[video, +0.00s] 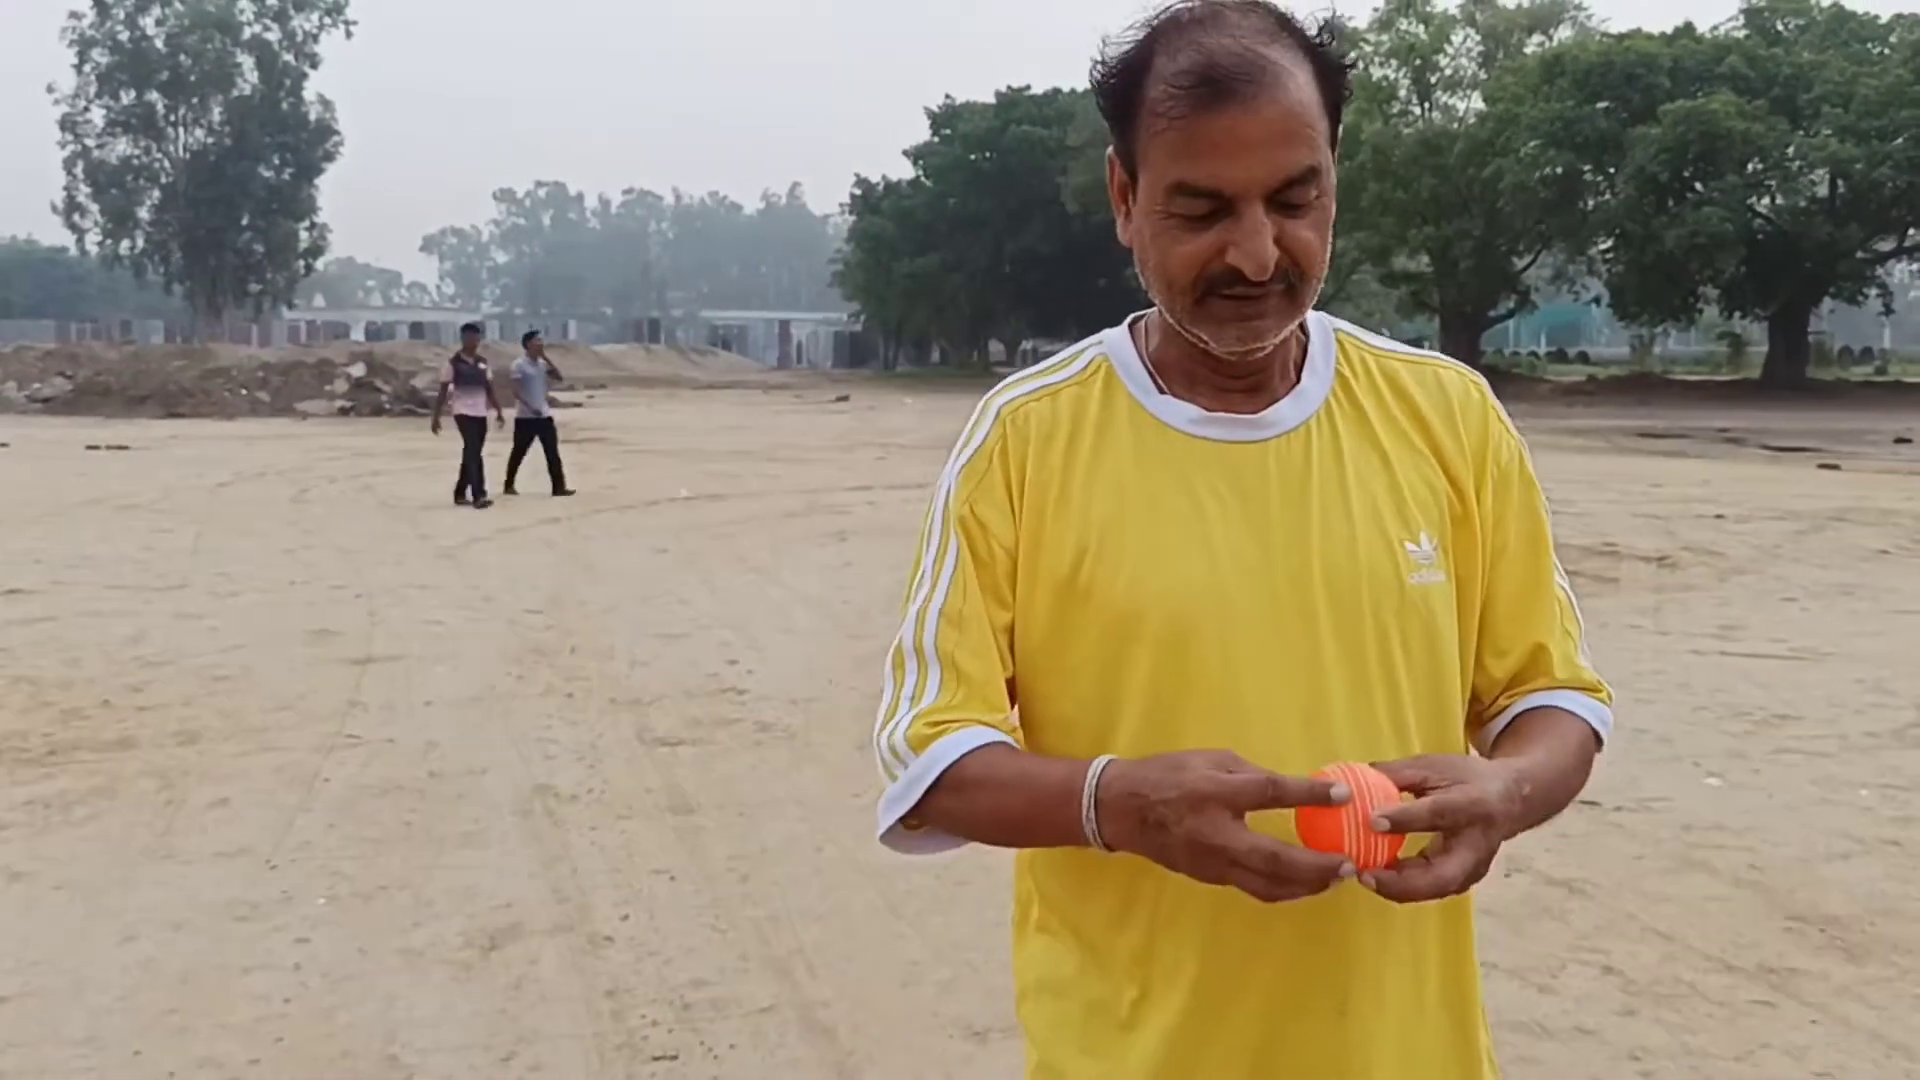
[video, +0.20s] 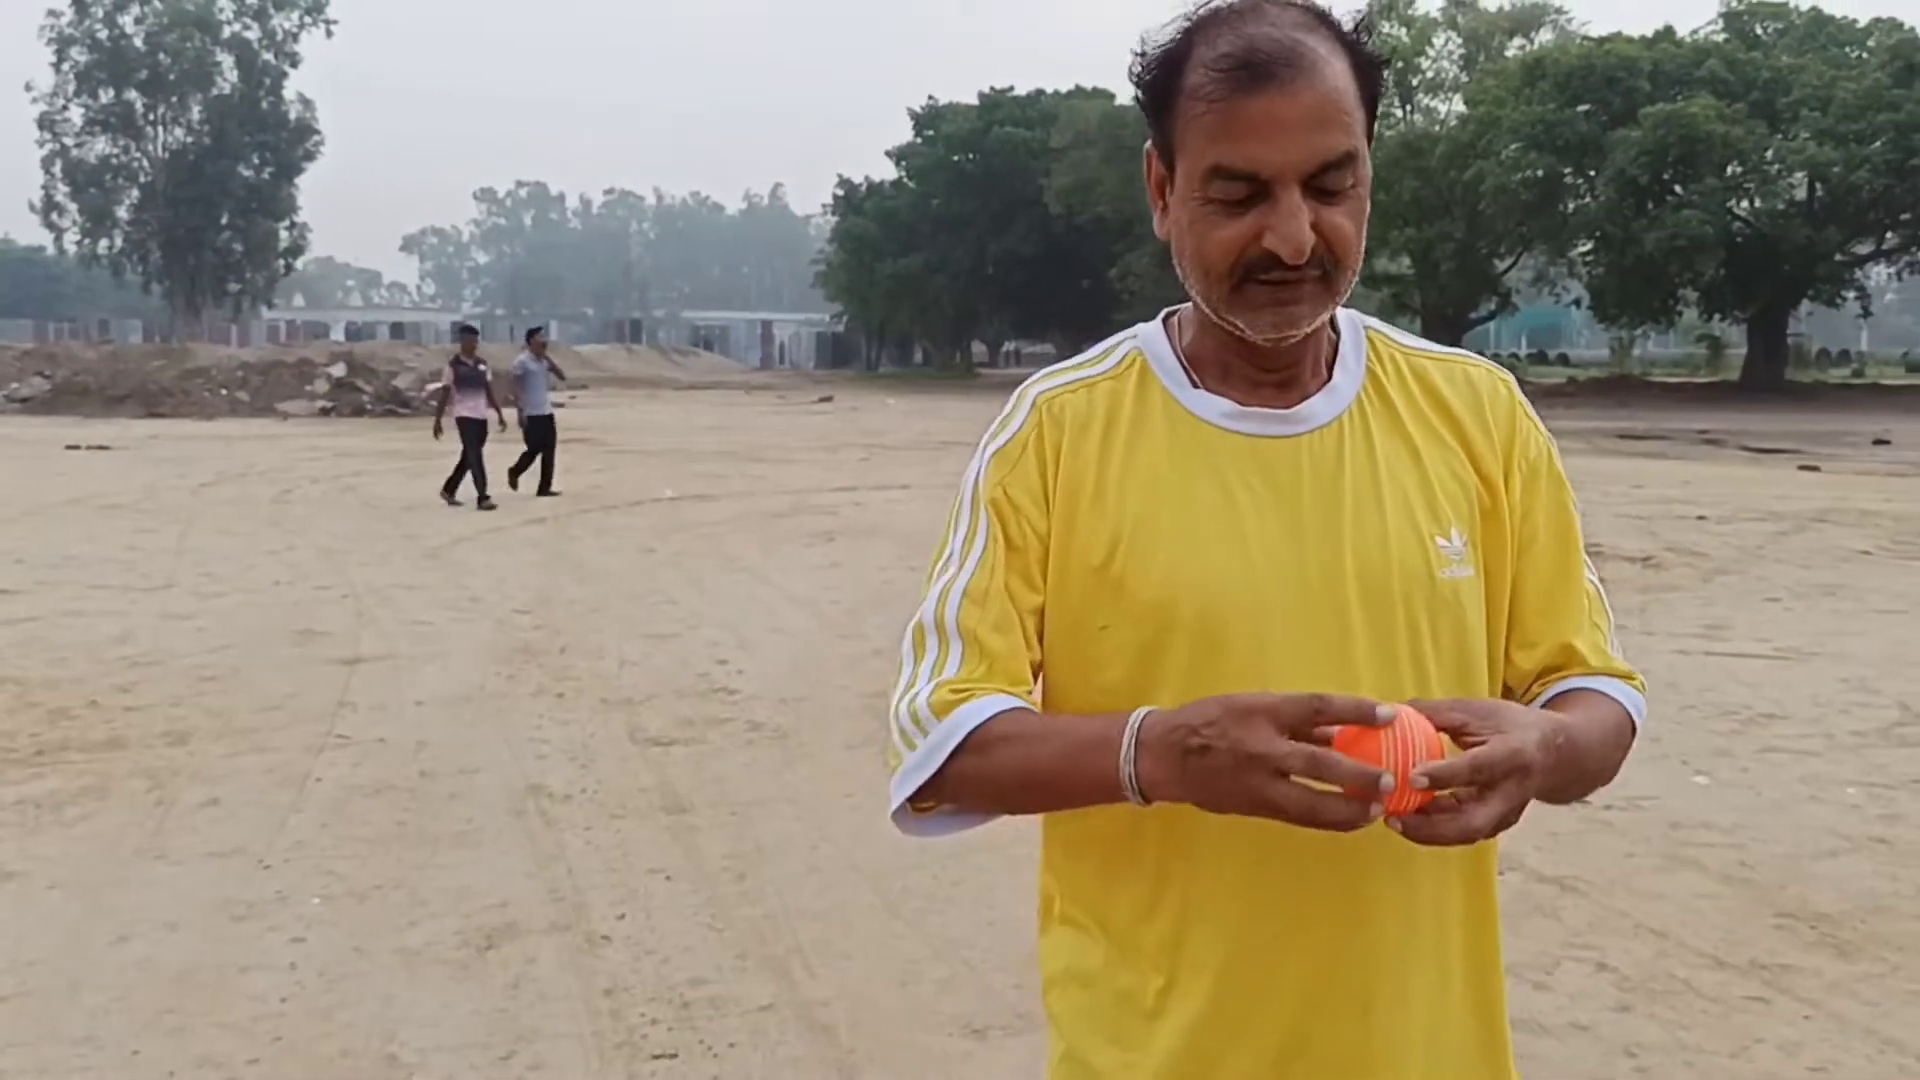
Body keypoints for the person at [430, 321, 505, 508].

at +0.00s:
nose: (474, 343)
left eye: (477, 339)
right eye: (471, 339)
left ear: (480, 340)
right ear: (463, 340)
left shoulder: (483, 363)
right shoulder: (452, 363)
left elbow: (489, 388)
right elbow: (443, 390)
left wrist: (498, 410)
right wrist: (436, 416)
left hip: (481, 412)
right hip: (463, 411)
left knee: (472, 452)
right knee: (473, 452)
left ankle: (460, 490)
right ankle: (478, 494)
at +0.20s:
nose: (473, 345)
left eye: (475, 341)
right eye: (469, 341)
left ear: (477, 342)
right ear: (462, 342)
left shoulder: (482, 364)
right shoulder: (453, 365)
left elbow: (489, 391)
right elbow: (445, 392)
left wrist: (500, 414)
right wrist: (438, 419)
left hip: (481, 414)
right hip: (464, 414)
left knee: (469, 456)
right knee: (474, 455)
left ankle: (449, 489)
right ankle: (482, 495)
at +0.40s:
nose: (451, 340)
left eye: (452, 337)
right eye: (447, 337)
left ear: (454, 338)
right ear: (438, 338)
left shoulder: (459, 361)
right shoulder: (430, 364)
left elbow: (466, 388)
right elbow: (430, 393)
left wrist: (473, 411)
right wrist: (435, 417)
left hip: (461, 414)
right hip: (443, 415)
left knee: (468, 453)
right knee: (443, 458)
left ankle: (443, 480)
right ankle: (445, 498)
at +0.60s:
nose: (425, 342)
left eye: (427, 337)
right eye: (421, 338)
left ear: (430, 339)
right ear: (412, 339)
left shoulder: (433, 362)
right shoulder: (405, 363)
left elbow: (439, 391)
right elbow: (408, 392)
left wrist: (444, 413)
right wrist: (431, 410)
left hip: (434, 418)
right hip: (413, 418)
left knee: (443, 463)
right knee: (408, 462)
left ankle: (449, 500)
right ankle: (404, 500)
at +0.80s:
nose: (411, 338)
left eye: (413, 334)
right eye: (407, 334)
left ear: (415, 335)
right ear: (398, 335)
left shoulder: (417, 359)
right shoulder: (390, 360)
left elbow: (418, 389)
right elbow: (389, 391)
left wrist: (427, 401)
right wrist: (411, 411)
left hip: (419, 417)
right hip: (399, 417)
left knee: (425, 461)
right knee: (389, 457)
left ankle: (425, 498)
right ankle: (367, 491)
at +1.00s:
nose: (404, 338)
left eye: (406, 334)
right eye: (400, 333)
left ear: (408, 335)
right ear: (390, 334)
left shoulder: (409, 359)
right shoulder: (380, 359)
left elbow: (413, 389)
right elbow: (374, 390)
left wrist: (419, 414)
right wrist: (374, 418)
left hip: (410, 413)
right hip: (391, 412)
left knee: (408, 459)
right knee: (400, 455)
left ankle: (395, 500)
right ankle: (375, 487)